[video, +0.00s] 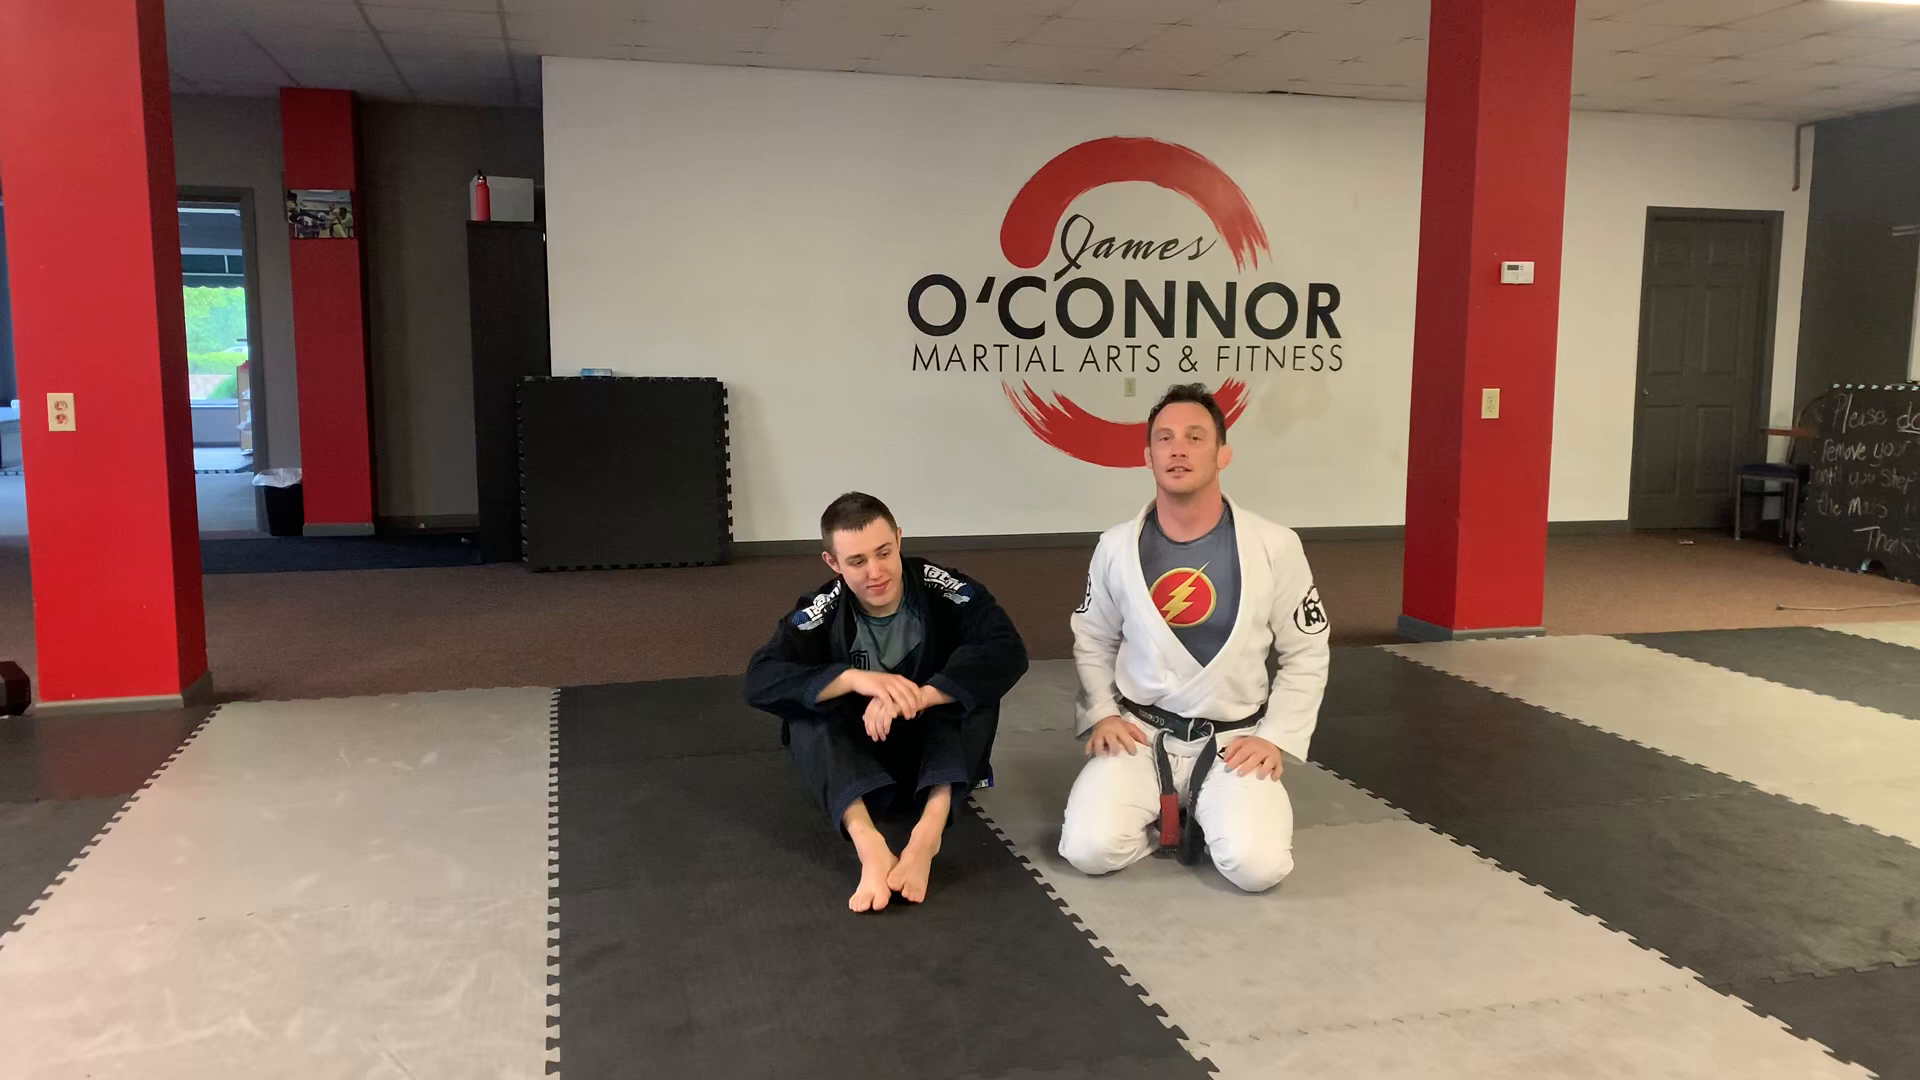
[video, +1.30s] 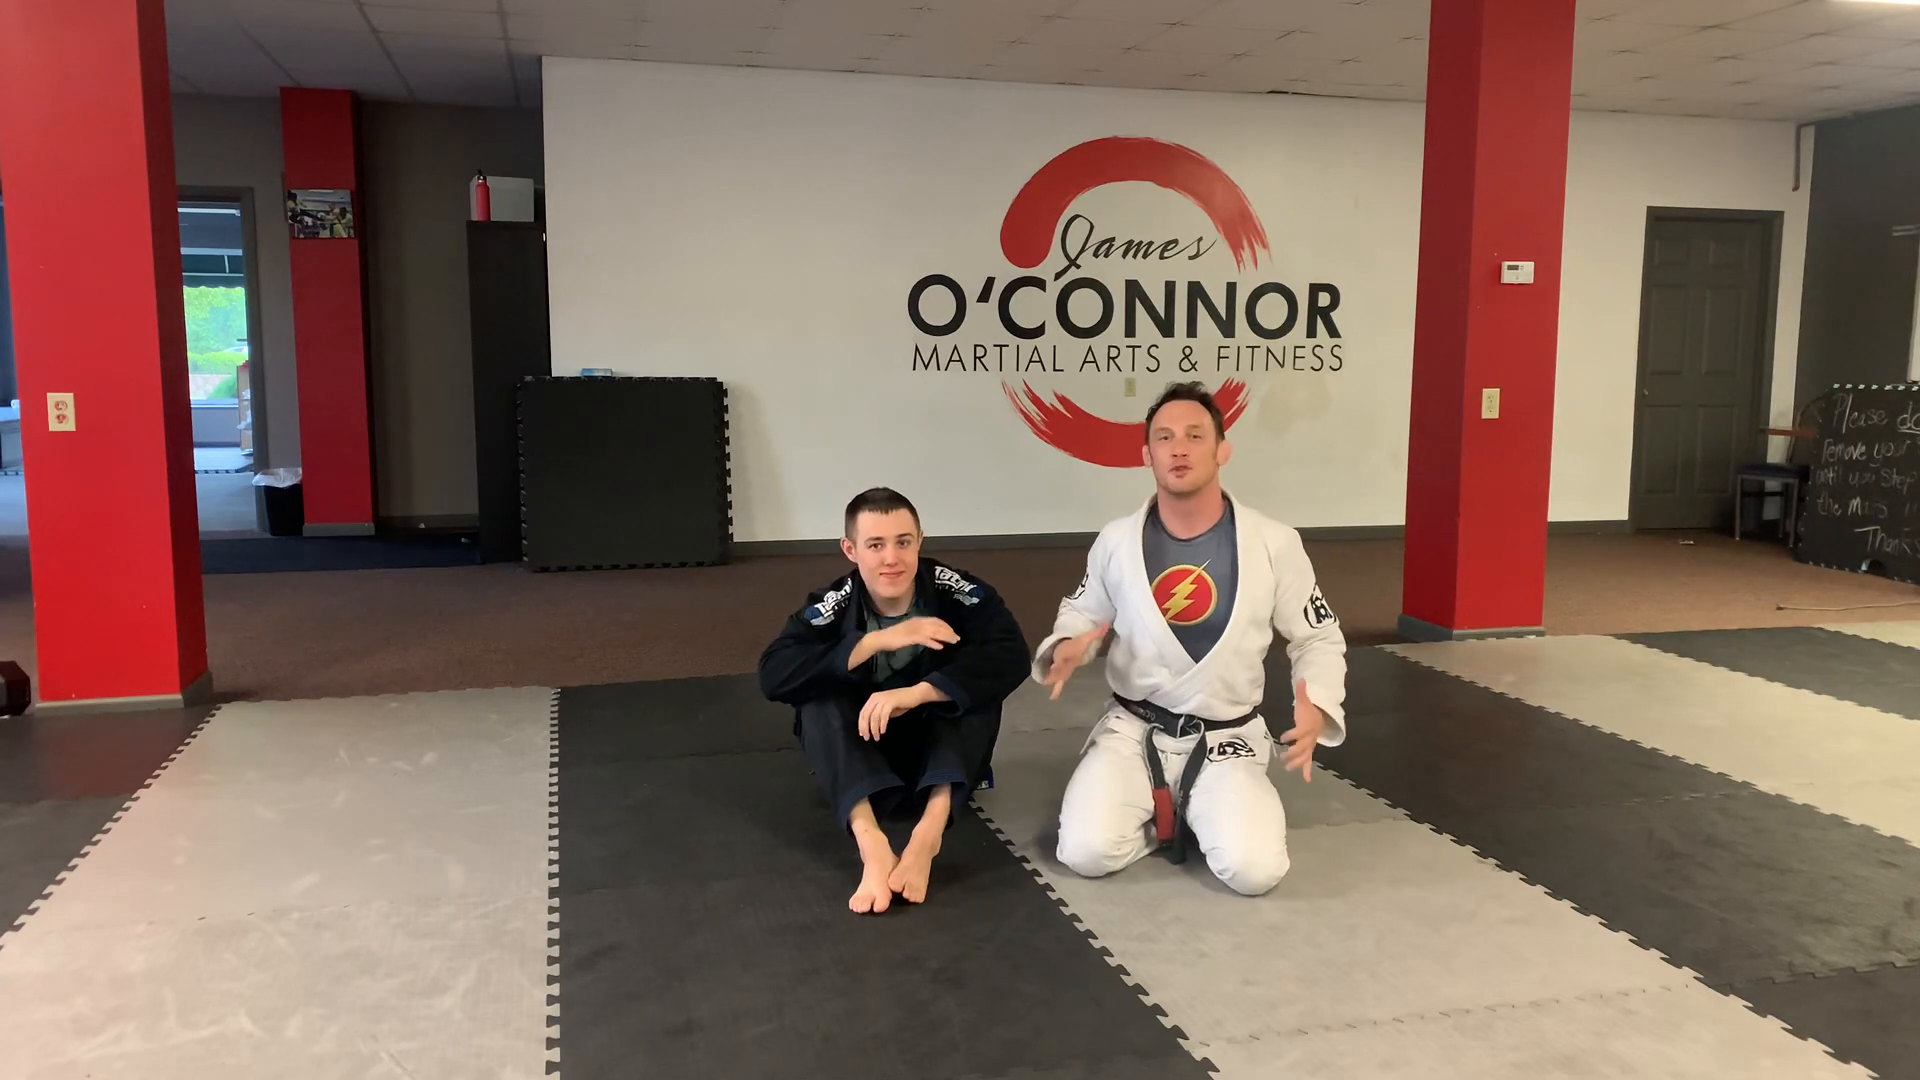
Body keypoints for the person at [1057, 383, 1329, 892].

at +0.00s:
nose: (1178, 449)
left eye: (1194, 436)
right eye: (1165, 438)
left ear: (1223, 456)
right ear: (1147, 458)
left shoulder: (1274, 547)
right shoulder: (1116, 548)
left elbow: (1307, 650)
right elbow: (1093, 634)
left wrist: (1274, 736)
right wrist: (1100, 711)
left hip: (1237, 737)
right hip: (1139, 729)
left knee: (1259, 868)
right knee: (1088, 850)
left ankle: (1212, 810)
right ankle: (1170, 817)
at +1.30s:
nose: (1179, 448)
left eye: (1194, 435)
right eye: (1165, 437)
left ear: (1222, 452)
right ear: (1147, 456)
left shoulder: (1273, 544)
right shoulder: (1116, 543)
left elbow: (1317, 636)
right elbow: (1084, 609)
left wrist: (1313, 705)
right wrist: (1073, 641)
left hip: (1228, 739)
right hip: (1132, 729)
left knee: (1256, 871)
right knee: (1086, 853)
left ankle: (1208, 798)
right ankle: (1163, 809)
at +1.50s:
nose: (1155, 460)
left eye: (1172, 444)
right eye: (1152, 447)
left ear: (1220, 453)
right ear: (1149, 455)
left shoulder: (1282, 545)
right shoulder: (1129, 538)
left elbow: (1323, 646)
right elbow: (1093, 609)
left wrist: (1302, 716)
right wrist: (1059, 595)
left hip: (1236, 739)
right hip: (1139, 728)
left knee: (1260, 871)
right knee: (1088, 853)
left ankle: (1211, 802)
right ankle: (1167, 810)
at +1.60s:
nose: (1147, 467)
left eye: (1162, 452)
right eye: (1148, 452)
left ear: (1213, 457)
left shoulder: (1287, 548)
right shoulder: (1139, 540)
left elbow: (1330, 650)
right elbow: (1087, 594)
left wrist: (1299, 723)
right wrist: (1054, 539)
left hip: (1236, 739)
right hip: (1141, 726)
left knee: (1261, 872)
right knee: (1089, 850)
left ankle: (1214, 801)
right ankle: (1172, 811)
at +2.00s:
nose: (1135, 468)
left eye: (1149, 453)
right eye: (1136, 454)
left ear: (1197, 459)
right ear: (1189, 460)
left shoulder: (1274, 548)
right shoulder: (1129, 543)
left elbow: (1321, 651)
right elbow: (1067, 590)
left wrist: (1283, 723)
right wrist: (992, 530)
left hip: (1226, 744)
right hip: (1130, 730)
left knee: (1259, 871)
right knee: (1052, 842)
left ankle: (1203, 805)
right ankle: (1155, 803)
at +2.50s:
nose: (1137, 462)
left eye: (1153, 446)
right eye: (1124, 448)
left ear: (1186, 456)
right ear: (1111, 461)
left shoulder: (1248, 545)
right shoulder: (1097, 551)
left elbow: (1289, 656)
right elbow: (1055, 612)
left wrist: (1257, 746)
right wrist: (983, 569)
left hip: (1219, 738)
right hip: (1125, 732)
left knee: (1254, 871)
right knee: (1051, 842)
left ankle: (1200, 798)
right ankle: (1158, 811)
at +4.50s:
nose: (1137, 463)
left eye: (1153, 447)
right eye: (1127, 449)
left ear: (1190, 457)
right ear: (1116, 459)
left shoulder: (1246, 548)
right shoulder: (1102, 547)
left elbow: (1287, 657)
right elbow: (1057, 602)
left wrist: (1231, 734)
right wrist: (975, 563)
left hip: (1206, 737)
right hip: (1114, 729)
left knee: (1247, 872)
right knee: (1045, 840)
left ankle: (1186, 803)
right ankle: (1151, 809)